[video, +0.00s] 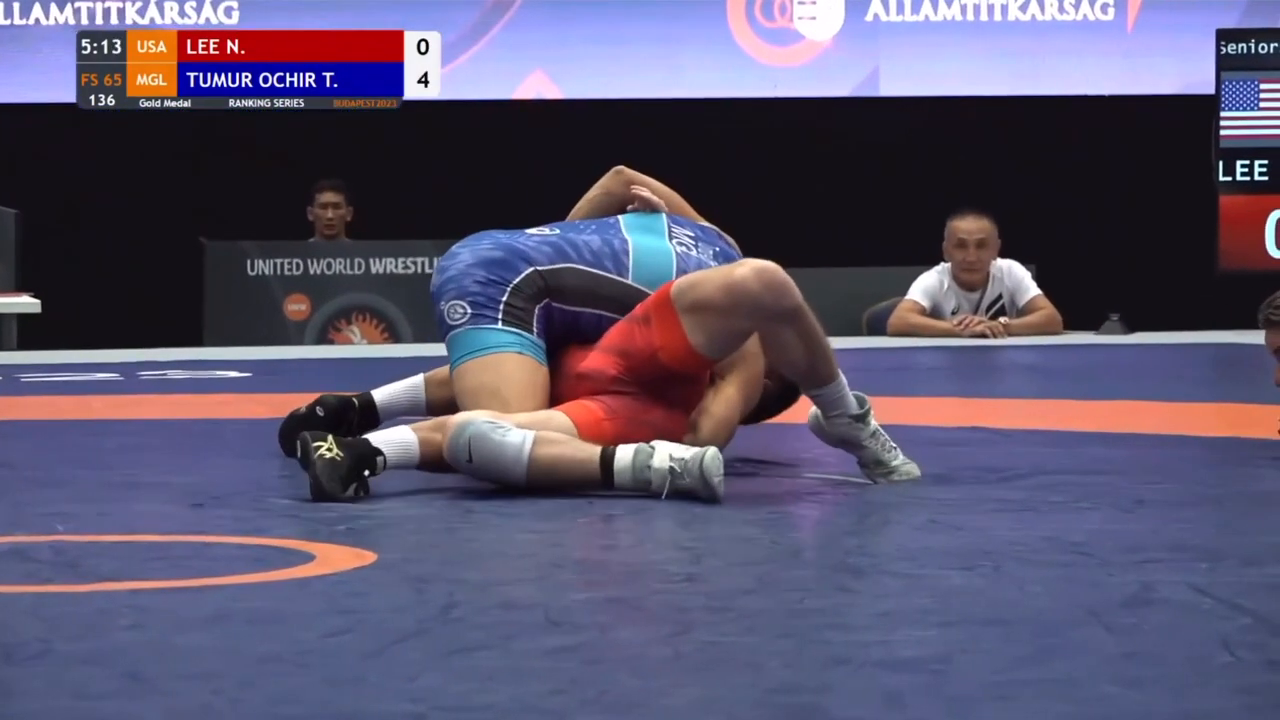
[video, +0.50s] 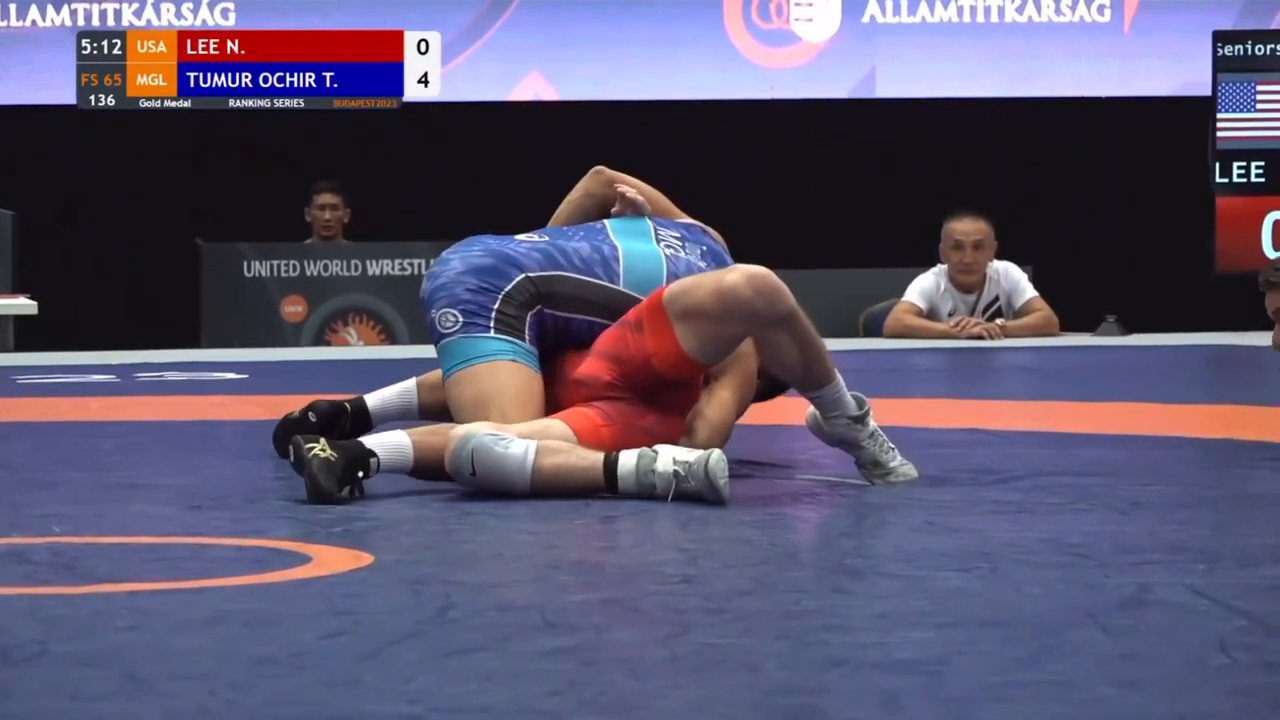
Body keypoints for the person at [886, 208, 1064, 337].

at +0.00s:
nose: (971, 257)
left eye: (981, 246)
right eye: (961, 246)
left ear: (996, 248)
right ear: (945, 249)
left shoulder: (1011, 272)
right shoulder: (933, 280)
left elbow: (1053, 322)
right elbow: (898, 323)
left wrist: (999, 327)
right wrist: (960, 329)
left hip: (1004, 370)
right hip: (946, 372)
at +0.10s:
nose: (969, 257)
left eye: (980, 246)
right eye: (960, 246)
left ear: (995, 248)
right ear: (944, 249)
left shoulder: (1010, 272)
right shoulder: (932, 280)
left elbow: (1051, 322)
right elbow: (897, 323)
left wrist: (998, 326)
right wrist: (959, 329)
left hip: (1003, 370)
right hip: (944, 372)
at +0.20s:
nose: (969, 257)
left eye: (979, 246)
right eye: (959, 246)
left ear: (994, 248)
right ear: (943, 249)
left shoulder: (1009, 272)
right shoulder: (931, 280)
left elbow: (1050, 322)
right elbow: (896, 323)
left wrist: (996, 327)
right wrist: (958, 329)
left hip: (1002, 370)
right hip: (944, 372)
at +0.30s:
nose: (968, 257)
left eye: (978, 246)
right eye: (958, 247)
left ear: (994, 248)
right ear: (942, 249)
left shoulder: (1008, 273)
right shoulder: (930, 280)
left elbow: (1049, 322)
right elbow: (895, 323)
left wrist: (996, 327)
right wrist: (958, 329)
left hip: (1001, 371)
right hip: (943, 372)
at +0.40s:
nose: (967, 258)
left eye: (978, 247)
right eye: (957, 247)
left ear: (993, 249)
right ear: (942, 250)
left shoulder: (1008, 273)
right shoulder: (930, 281)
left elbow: (1049, 323)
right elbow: (895, 324)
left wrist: (996, 327)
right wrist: (957, 330)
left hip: (1000, 371)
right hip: (943, 372)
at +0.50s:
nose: (967, 258)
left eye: (978, 248)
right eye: (957, 248)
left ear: (993, 250)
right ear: (942, 251)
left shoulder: (1008, 274)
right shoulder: (929, 282)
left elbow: (1049, 323)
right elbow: (895, 325)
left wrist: (996, 328)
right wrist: (957, 330)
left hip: (1001, 372)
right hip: (942, 374)